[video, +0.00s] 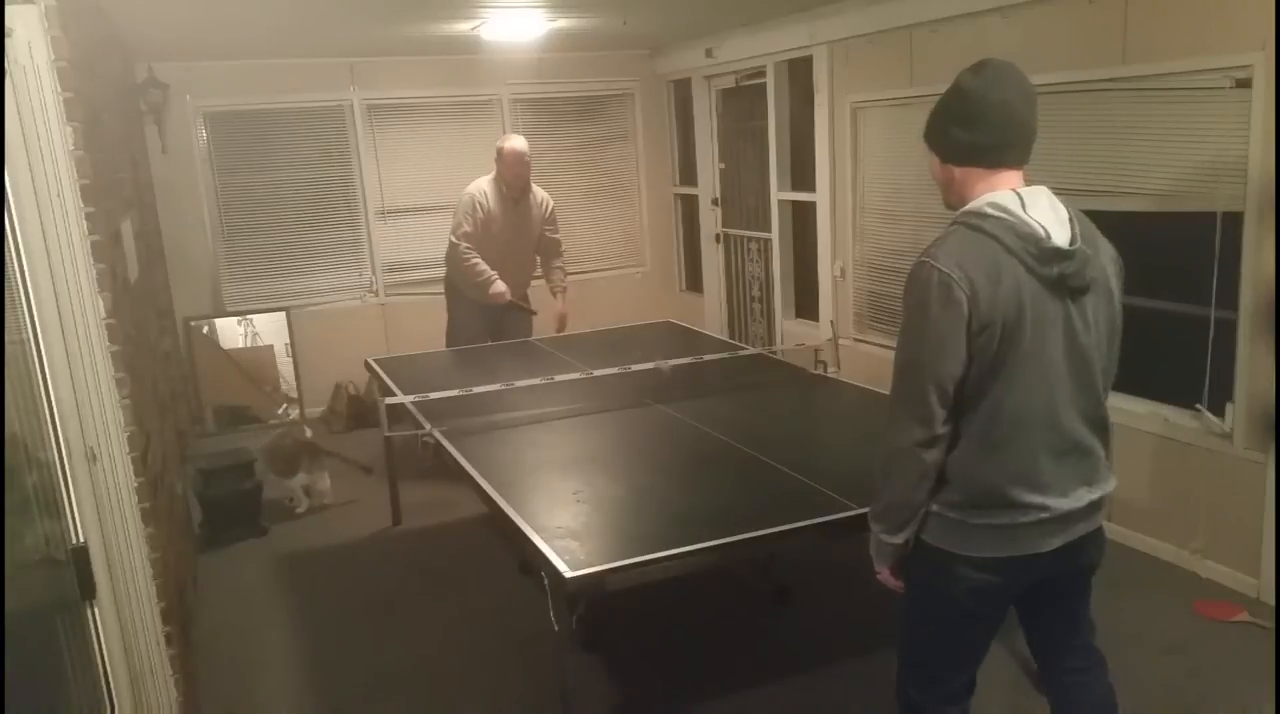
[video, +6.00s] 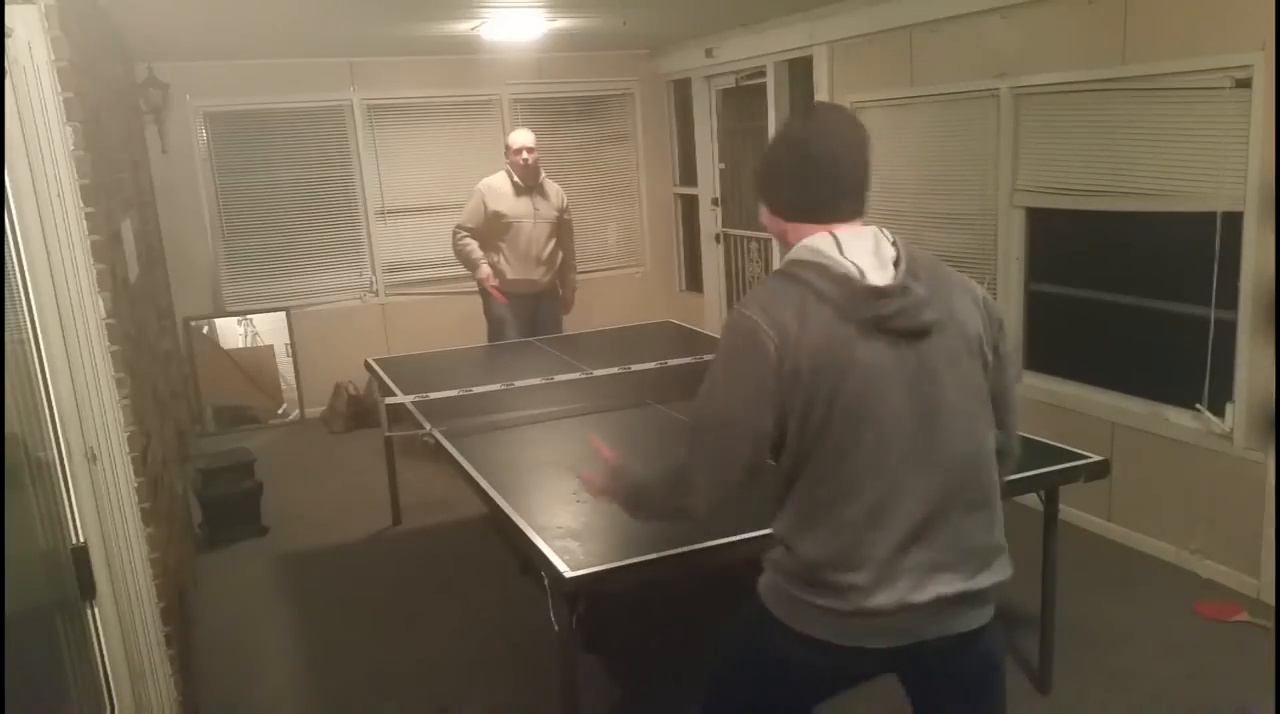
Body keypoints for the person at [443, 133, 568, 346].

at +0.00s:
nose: (520, 172)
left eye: (525, 164)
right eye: (513, 165)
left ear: (531, 163)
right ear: (498, 163)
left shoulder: (542, 202)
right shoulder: (476, 197)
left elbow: (552, 254)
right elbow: (459, 251)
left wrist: (560, 298)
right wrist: (491, 282)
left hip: (515, 300)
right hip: (470, 299)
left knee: (518, 369)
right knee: (471, 370)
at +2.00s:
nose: (511, 156)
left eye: (518, 150)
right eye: (504, 150)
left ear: (528, 152)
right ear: (495, 153)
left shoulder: (549, 192)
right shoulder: (477, 192)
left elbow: (564, 243)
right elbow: (460, 243)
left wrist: (553, 287)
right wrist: (453, 287)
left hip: (534, 298)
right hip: (488, 299)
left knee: (534, 367)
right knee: (487, 368)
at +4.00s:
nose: (521, 165)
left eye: (526, 157)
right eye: (513, 159)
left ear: (532, 155)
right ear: (498, 158)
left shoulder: (548, 192)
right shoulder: (481, 195)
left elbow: (564, 242)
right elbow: (470, 241)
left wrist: (572, 287)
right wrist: (515, 262)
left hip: (540, 296)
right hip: (496, 299)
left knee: (545, 366)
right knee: (500, 369)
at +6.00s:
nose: (525, 157)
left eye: (530, 150)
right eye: (517, 151)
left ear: (538, 153)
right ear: (506, 156)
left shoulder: (555, 192)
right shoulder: (488, 190)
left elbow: (567, 246)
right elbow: (463, 234)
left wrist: (569, 288)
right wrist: (479, 265)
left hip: (546, 295)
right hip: (504, 296)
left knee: (552, 361)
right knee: (509, 364)